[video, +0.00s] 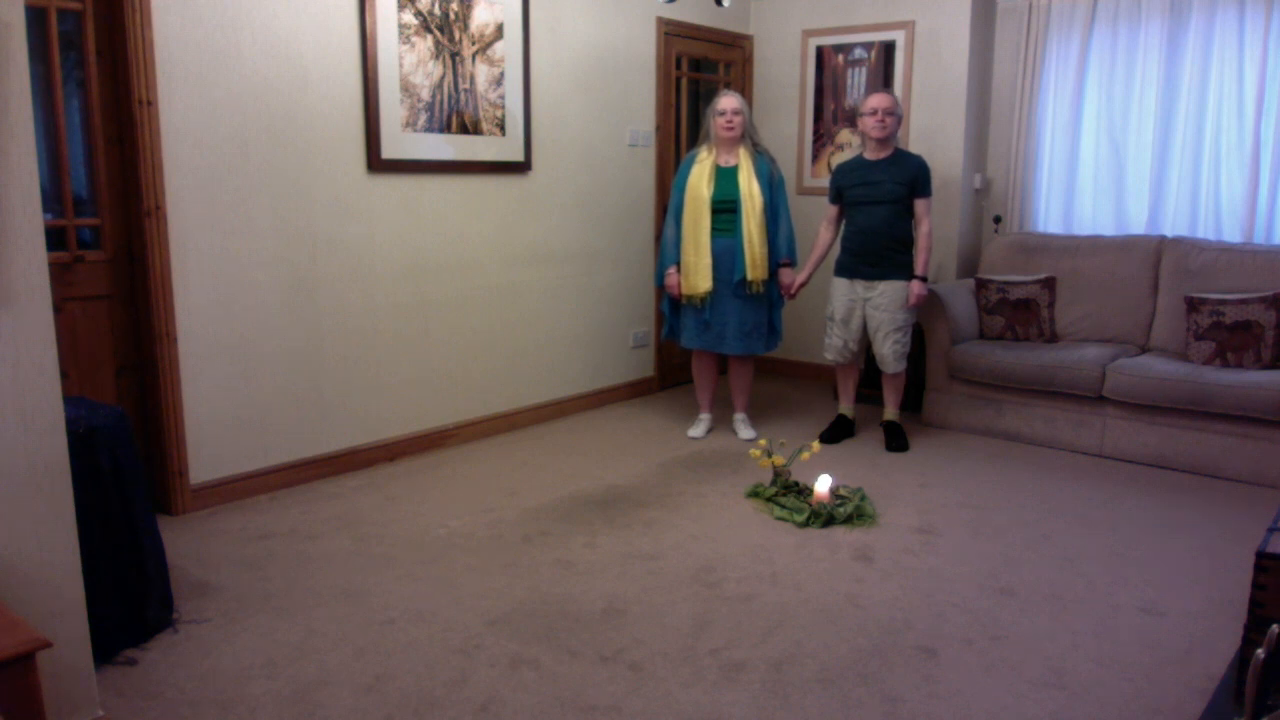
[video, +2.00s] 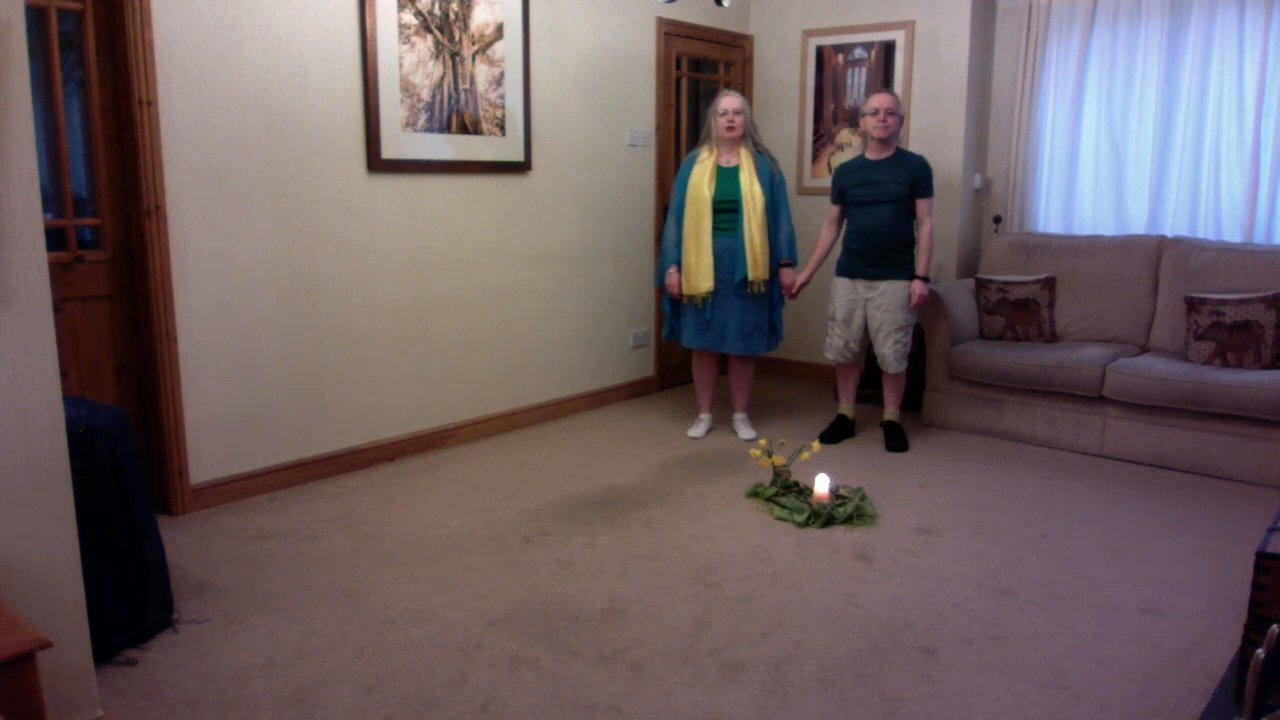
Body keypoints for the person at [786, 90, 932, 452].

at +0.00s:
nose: (881, 119)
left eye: (888, 113)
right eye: (873, 114)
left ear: (899, 121)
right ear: (859, 122)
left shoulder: (914, 167)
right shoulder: (843, 172)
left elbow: (923, 225)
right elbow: (829, 227)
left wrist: (920, 276)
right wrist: (805, 274)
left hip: (894, 279)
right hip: (849, 277)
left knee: (892, 355)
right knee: (844, 349)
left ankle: (892, 420)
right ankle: (845, 415)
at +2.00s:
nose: (882, 119)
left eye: (889, 113)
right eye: (874, 114)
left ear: (901, 121)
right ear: (861, 122)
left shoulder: (915, 166)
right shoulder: (845, 172)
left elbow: (924, 224)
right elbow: (831, 226)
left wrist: (921, 276)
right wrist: (806, 273)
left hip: (895, 278)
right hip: (850, 276)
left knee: (893, 355)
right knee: (845, 349)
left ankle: (892, 419)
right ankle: (845, 415)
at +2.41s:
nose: (883, 119)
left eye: (890, 113)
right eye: (875, 114)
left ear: (901, 120)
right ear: (862, 122)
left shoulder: (916, 167)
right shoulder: (846, 172)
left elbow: (925, 225)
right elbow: (832, 226)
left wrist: (922, 276)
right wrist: (807, 273)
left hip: (896, 279)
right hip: (851, 276)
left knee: (893, 354)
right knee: (845, 349)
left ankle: (892, 419)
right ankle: (845, 415)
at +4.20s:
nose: (889, 119)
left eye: (896, 113)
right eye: (881, 113)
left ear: (907, 121)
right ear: (868, 122)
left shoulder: (923, 167)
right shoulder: (854, 172)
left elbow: (932, 226)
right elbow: (839, 227)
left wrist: (928, 277)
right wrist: (814, 273)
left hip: (902, 279)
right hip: (857, 277)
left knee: (897, 355)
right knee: (848, 349)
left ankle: (892, 419)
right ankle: (845, 416)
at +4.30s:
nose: (890, 119)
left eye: (897, 113)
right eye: (882, 114)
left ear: (909, 121)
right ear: (869, 122)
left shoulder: (924, 167)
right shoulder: (856, 171)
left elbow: (934, 225)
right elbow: (840, 227)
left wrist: (930, 277)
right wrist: (814, 274)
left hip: (903, 279)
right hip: (858, 276)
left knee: (898, 355)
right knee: (849, 349)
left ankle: (892, 420)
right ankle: (845, 416)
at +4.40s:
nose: (889, 119)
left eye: (897, 113)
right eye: (882, 114)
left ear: (909, 121)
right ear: (869, 122)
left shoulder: (925, 167)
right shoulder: (856, 172)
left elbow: (934, 226)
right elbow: (840, 227)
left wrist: (932, 278)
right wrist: (814, 273)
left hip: (903, 280)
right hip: (858, 277)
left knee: (898, 356)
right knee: (846, 349)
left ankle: (892, 420)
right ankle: (844, 415)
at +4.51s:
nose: (887, 120)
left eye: (895, 114)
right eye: (879, 114)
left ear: (906, 121)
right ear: (867, 122)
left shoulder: (922, 166)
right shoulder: (854, 172)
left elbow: (934, 225)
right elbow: (838, 227)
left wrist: (932, 278)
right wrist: (812, 272)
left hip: (901, 281)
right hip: (855, 277)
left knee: (897, 356)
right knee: (838, 347)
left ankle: (892, 419)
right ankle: (838, 412)